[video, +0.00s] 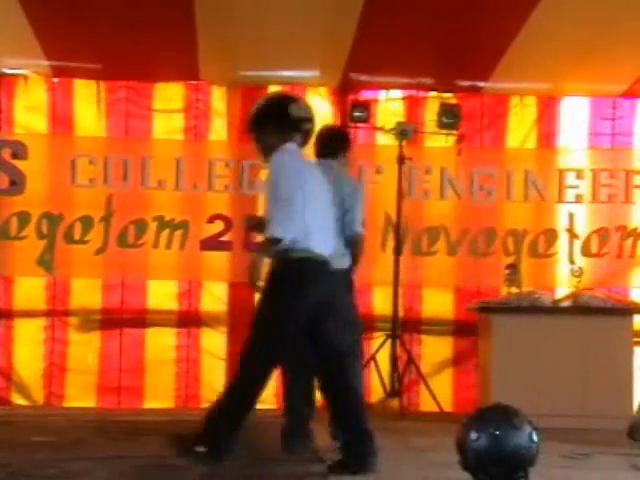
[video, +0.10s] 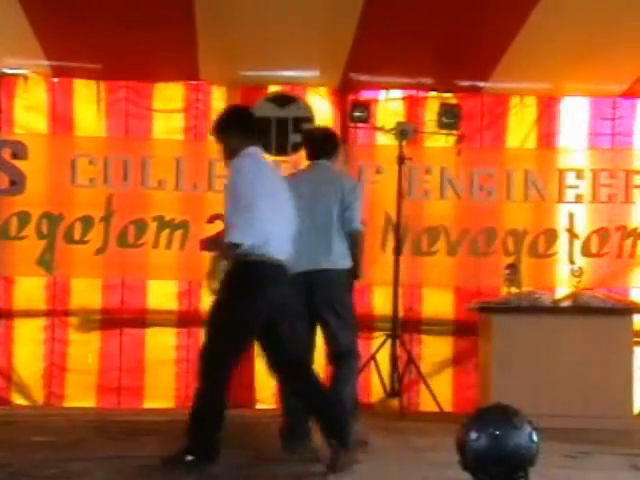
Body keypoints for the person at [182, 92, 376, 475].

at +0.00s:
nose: (256, 144)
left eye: (258, 135)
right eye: (255, 135)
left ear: (272, 132)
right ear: (293, 133)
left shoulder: (284, 162)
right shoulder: (311, 169)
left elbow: (285, 220)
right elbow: (309, 225)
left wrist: (264, 249)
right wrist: (265, 224)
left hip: (295, 272)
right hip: (327, 273)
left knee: (257, 360)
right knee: (336, 368)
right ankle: (358, 453)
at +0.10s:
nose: (220, 149)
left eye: (222, 141)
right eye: (220, 141)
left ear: (232, 139)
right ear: (252, 137)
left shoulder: (242, 170)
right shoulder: (271, 172)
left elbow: (239, 234)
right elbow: (276, 227)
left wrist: (215, 243)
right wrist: (229, 231)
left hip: (249, 274)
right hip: (278, 275)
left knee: (215, 362)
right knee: (291, 365)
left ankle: (201, 450)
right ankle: (340, 434)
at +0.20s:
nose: (196, 146)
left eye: (198, 139)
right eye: (196, 139)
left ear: (207, 137)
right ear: (228, 134)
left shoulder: (219, 166)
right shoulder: (247, 169)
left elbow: (217, 220)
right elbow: (267, 220)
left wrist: (191, 253)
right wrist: (251, 254)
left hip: (223, 269)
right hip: (249, 271)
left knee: (195, 356)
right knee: (238, 354)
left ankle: (200, 448)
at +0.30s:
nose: (166, 139)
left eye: (167, 131)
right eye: (166, 131)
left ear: (174, 130)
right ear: (199, 127)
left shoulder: (184, 161)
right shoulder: (220, 165)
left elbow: (176, 210)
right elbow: (241, 219)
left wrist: (148, 241)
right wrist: (221, 244)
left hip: (194, 261)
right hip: (220, 262)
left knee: (183, 351)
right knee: (193, 347)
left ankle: (197, 446)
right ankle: (214, 423)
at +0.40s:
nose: (147, 137)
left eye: (147, 130)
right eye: (148, 130)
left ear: (153, 129)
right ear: (179, 126)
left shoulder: (161, 159)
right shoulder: (201, 164)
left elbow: (149, 208)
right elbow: (224, 226)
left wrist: (123, 238)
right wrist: (197, 240)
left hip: (175, 262)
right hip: (200, 263)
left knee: (171, 352)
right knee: (169, 351)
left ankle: (196, 443)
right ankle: (166, 437)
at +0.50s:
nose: (120, 145)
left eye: (120, 139)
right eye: (120, 139)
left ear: (125, 138)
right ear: (152, 136)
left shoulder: (133, 169)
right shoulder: (173, 178)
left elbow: (107, 221)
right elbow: (197, 235)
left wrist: (90, 237)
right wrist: (171, 254)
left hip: (144, 272)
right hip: (169, 272)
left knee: (156, 356)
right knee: (132, 357)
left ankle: (195, 439)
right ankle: (92, 428)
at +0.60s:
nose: (101, 148)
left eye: (102, 142)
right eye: (101, 142)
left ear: (109, 142)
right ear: (134, 140)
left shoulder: (112, 171)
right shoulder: (152, 178)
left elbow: (89, 224)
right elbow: (178, 238)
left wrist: (72, 240)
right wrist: (147, 255)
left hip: (123, 274)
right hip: (146, 274)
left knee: (128, 356)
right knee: (107, 358)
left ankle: (186, 435)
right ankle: (73, 441)